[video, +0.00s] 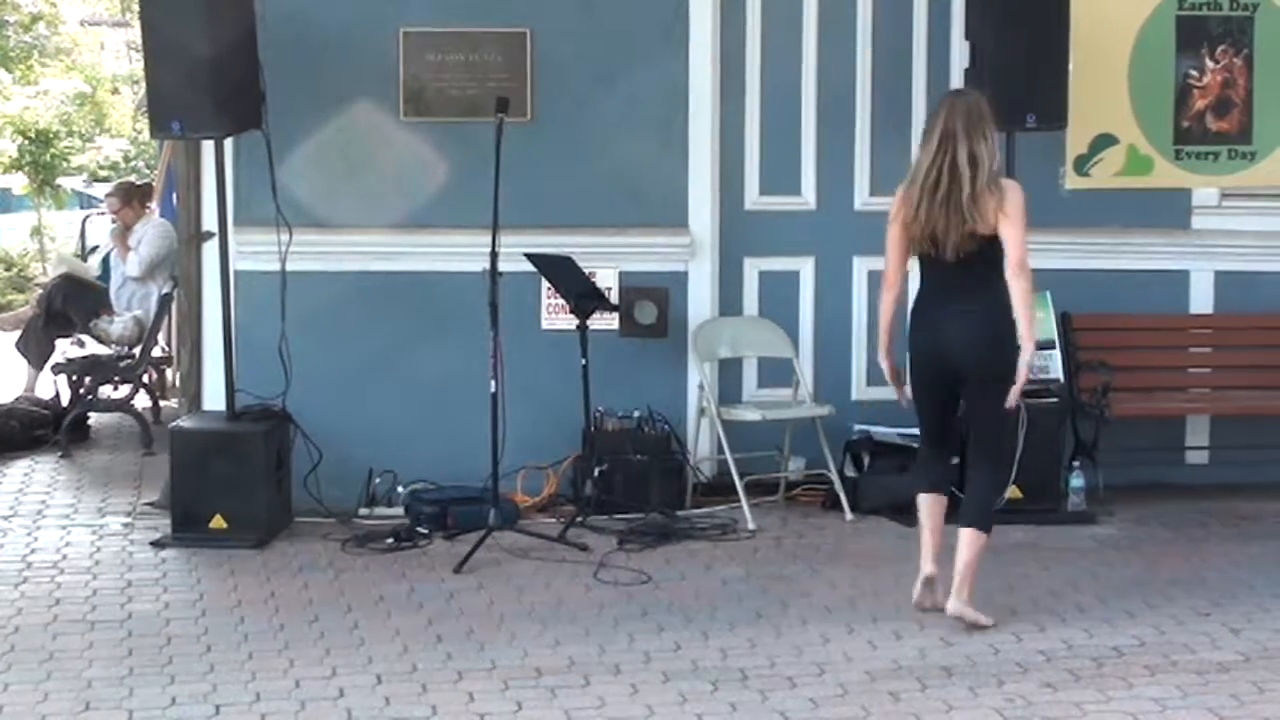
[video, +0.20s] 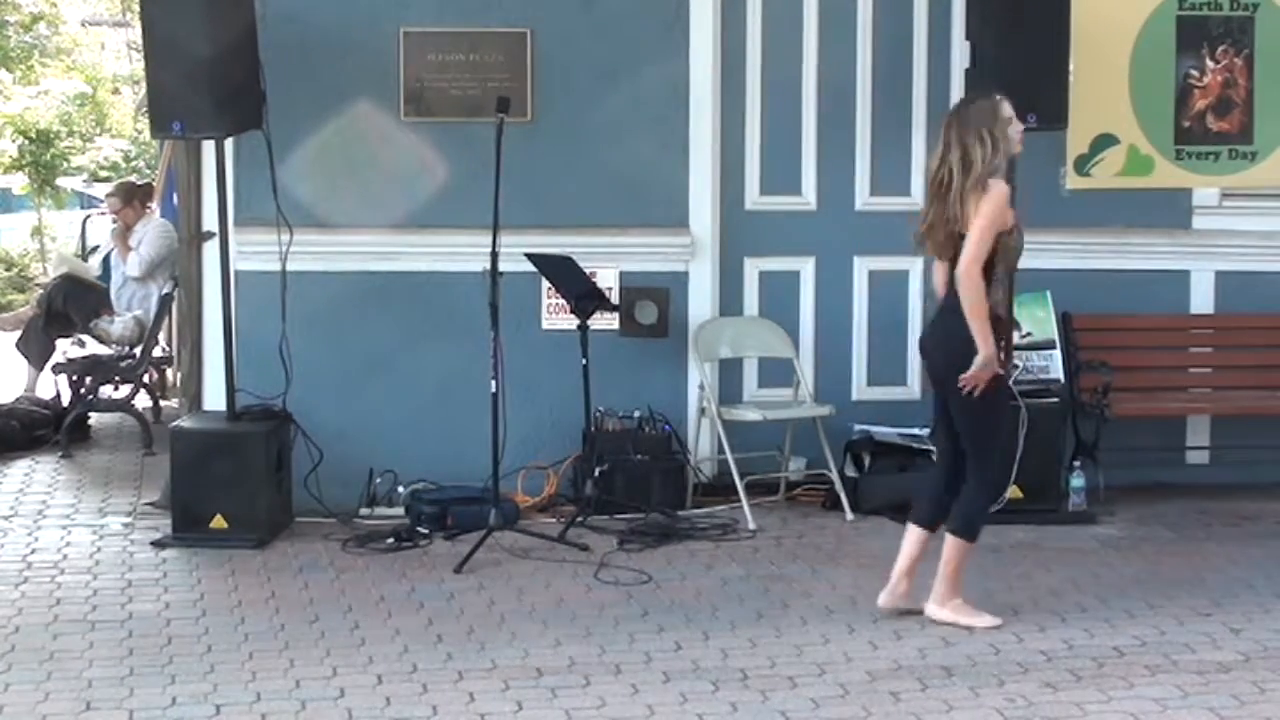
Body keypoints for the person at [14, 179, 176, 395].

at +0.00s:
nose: (114, 220)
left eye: (116, 213)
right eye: (112, 215)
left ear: (135, 206)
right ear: (132, 207)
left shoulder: (160, 230)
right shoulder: (123, 233)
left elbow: (137, 269)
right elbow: (94, 269)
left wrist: (121, 244)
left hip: (137, 317)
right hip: (114, 310)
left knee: (65, 285)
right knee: (43, 321)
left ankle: (31, 312)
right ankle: (29, 390)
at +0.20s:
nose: (115, 220)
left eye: (117, 213)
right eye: (112, 215)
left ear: (136, 206)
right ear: (132, 207)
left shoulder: (161, 230)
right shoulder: (123, 233)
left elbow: (138, 269)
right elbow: (95, 269)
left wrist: (121, 243)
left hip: (137, 319)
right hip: (115, 311)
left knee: (67, 285)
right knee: (42, 322)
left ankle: (31, 312)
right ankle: (29, 391)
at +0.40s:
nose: (115, 220)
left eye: (117, 213)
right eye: (112, 215)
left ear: (136, 206)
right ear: (132, 207)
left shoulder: (161, 230)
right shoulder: (123, 234)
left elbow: (138, 268)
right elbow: (94, 270)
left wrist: (121, 243)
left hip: (136, 320)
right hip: (113, 312)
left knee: (67, 285)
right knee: (41, 322)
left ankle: (33, 311)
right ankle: (30, 391)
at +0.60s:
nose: (115, 220)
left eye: (117, 213)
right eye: (112, 215)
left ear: (136, 206)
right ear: (133, 207)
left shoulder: (162, 230)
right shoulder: (123, 234)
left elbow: (138, 268)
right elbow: (94, 270)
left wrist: (121, 243)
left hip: (137, 321)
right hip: (114, 312)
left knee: (67, 285)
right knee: (42, 322)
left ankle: (33, 311)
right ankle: (29, 391)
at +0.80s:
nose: (113, 218)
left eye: (116, 212)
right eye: (110, 214)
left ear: (134, 204)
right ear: (131, 205)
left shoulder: (160, 229)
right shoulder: (121, 233)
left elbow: (137, 267)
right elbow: (92, 268)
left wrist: (120, 242)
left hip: (136, 317)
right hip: (113, 309)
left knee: (65, 283)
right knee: (42, 320)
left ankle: (31, 309)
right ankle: (28, 388)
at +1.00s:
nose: (89, 220)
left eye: (92, 213)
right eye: (86, 215)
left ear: (110, 204)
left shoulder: (135, 230)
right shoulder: (98, 235)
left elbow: (112, 269)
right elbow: (68, 271)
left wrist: (94, 244)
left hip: (114, 317)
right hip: (91, 309)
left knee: (37, 286)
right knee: (14, 323)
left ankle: (16, 311)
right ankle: (8, 384)